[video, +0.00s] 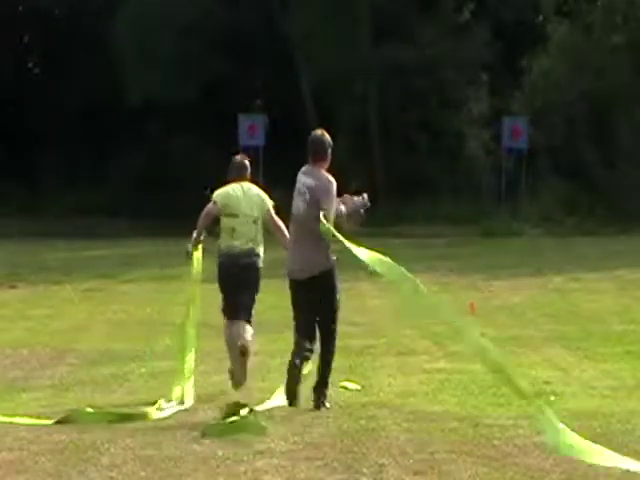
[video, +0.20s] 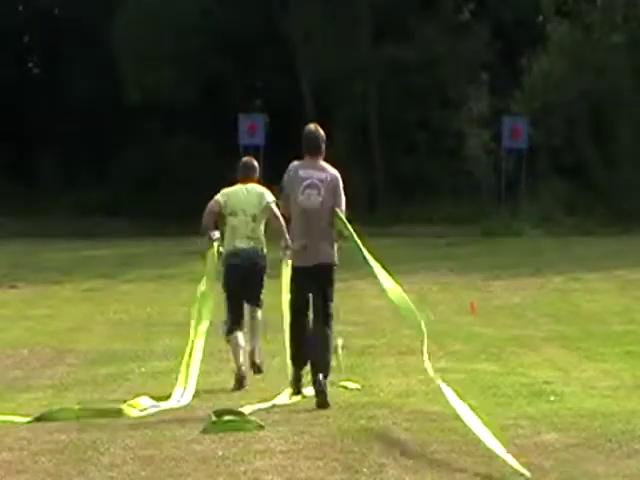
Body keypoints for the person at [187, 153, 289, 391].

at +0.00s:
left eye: (234, 173)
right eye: (246, 172)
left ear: (230, 174)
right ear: (249, 174)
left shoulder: (223, 193)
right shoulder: (259, 195)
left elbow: (207, 214)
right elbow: (276, 223)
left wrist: (197, 234)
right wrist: (291, 245)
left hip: (227, 255)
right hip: (251, 254)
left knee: (230, 312)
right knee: (245, 305)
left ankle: (234, 365)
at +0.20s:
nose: (253, 178)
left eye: (246, 173)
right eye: (255, 174)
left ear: (238, 175)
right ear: (257, 175)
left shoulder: (226, 193)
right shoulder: (263, 193)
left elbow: (209, 213)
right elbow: (277, 217)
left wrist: (211, 233)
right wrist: (286, 239)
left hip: (232, 252)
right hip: (256, 252)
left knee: (234, 314)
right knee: (254, 304)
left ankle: (239, 366)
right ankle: (254, 353)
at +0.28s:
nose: (262, 176)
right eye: (263, 173)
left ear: (244, 172)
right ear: (261, 173)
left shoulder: (230, 188)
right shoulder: (266, 192)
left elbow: (214, 206)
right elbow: (276, 216)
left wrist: (217, 229)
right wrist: (275, 234)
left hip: (232, 243)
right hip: (256, 243)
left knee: (239, 301)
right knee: (256, 304)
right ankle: (256, 356)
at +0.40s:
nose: (257, 178)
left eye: (251, 174)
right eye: (260, 174)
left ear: (246, 175)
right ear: (264, 176)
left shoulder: (235, 193)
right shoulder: (273, 199)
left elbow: (219, 207)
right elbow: (281, 227)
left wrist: (222, 227)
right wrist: (275, 241)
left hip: (238, 247)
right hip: (260, 247)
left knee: (239, 293)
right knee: (260, 306)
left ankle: (243, 321)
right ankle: (256, 364)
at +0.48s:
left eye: (246, 170)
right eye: (255, 169)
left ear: (243, 171)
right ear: (260, 171)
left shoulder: (235, 188)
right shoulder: (273, 193)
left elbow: (219, 207)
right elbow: (282, 218)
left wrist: (225, 226)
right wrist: (275, 236)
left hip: (241, 242)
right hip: (262, 244)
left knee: (243, 297)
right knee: (259, 300)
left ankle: (245, 349)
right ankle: (257, 354)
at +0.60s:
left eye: (246, 174)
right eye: (253, 173)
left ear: (241, 175)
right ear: (258, 174)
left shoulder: (235, 191)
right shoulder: (270, 191)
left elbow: (221, 219)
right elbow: (282, 212)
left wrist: (235, 231)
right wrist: (274, 229)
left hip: (245, 241)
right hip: (267, 241)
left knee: (247, 296)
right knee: (265, 286)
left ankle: (252, 352)